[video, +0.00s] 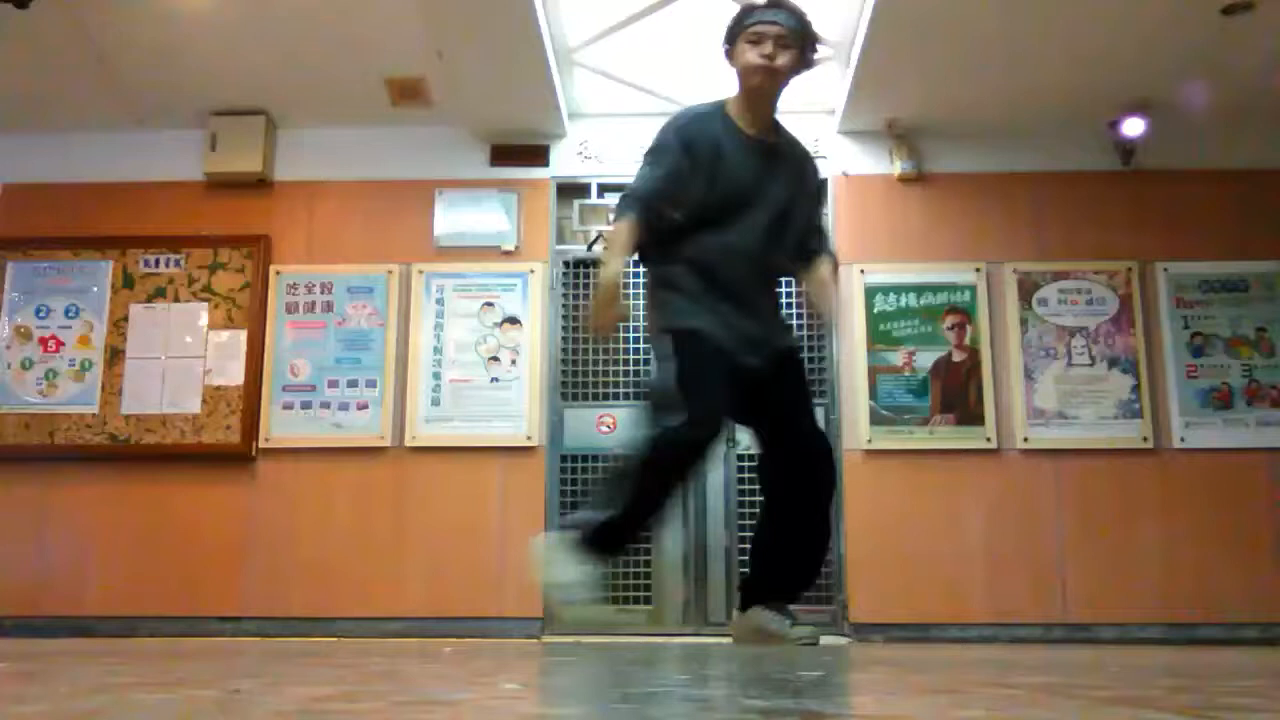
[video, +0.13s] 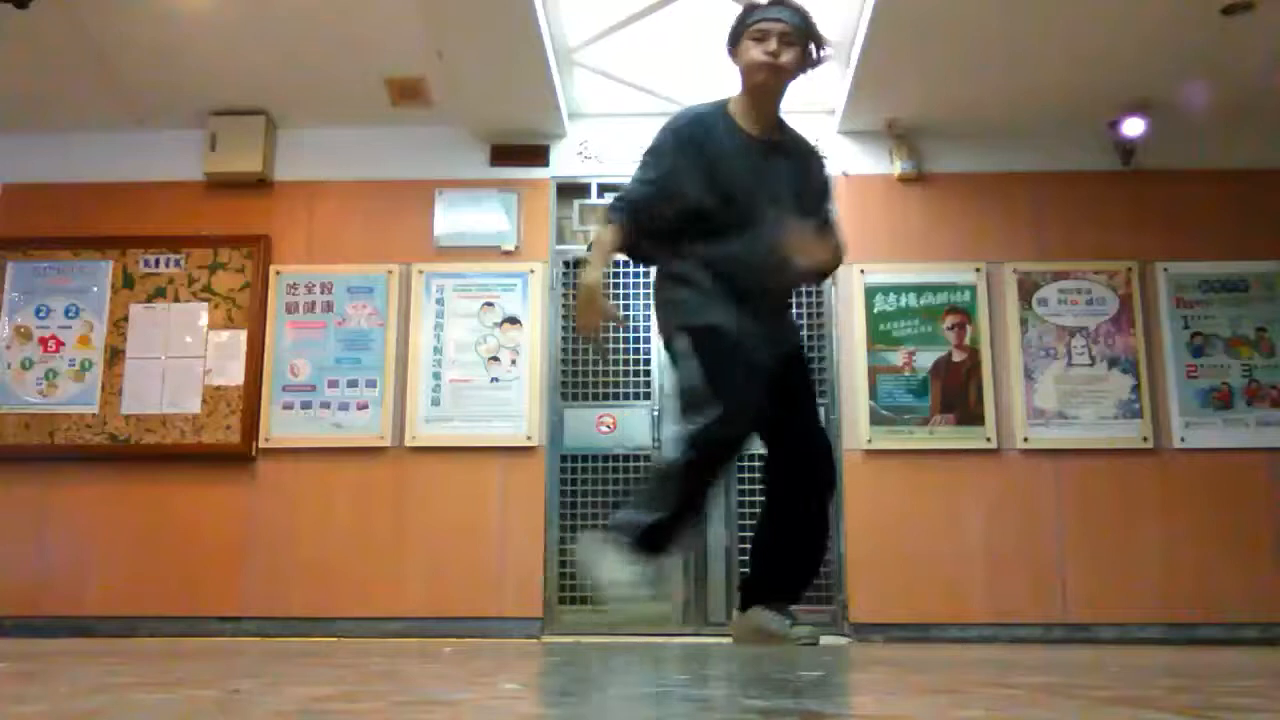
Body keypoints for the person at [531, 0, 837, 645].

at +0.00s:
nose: (767, 54)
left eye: (782, 46)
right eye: (756, 42)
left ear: (799, 63)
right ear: (732, 53)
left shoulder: (797, 166)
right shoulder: (694, 131)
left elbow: (811, 260)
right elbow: (634, 213)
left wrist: (846, 329)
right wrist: (608, 281)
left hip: (760, 326)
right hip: (690, 314)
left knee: (805, 460)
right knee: (696, 421)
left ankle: (763, 606)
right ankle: (587, 547)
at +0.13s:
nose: (773, 52)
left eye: (788, 45)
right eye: (761, 40)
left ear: (802, 64)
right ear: (736, 52)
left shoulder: (803, 159)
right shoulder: (693, 131)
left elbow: (830, 251)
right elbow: (627, 213)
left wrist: (813, 255)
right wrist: (593, 271)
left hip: (769, 316)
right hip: (696, 304)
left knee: (806, 459)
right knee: (733, 411)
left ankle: (765, 607)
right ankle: (628, 545)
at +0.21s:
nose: (774, 44)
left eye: (789, 36)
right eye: (762, 30)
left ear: (801, 53)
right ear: (734, 39)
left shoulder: (811, 143)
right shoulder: (688, 125)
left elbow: (852, 230)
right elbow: (613, 202)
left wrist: (831, 176)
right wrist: (570, 252)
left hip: (786, 316)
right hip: (711, 301)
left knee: (815, 449)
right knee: (781, 405)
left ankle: (773, 596)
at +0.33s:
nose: (761, 39)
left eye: (777, 31)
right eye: (751, 24)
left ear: (790, 44)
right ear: (725, 27)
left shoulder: (810, 123)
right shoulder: (681, 116)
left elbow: (875, 158)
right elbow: (610, 189)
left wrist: (869, 97)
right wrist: (549, 211)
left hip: (804, 298)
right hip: (731, 289)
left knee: (806, 436)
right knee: (805, 411)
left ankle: (764, 601)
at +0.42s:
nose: (756, 51)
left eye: (769, 42)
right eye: (745, 38)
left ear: (784, 51)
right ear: (719, 42)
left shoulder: (809, 128)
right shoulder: (681, 132)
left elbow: (882, 131)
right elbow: (604, 197)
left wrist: (892, 67)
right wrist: (541, 210)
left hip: (814, 311)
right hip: (741, 306)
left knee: (818, 447)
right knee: (809, 436)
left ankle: (762, 604)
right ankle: (878, 589)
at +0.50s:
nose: (754, 55)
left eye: (766, 45)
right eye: (741, 41)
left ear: (780, 54)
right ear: (716, 46)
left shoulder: (807, 130)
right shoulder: (681, 134)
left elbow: (880, 140)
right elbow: (611, 212)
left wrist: (888, 99)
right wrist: (561, 237)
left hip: (811, 315)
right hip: (735, 312)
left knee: (809, 452)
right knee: (797, 441)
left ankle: (760, 606)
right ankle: (867, 586)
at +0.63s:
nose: (757, 48)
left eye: (770, 37)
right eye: (744, 34)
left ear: (785, 46)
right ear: (719, 39)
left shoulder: (811, 131)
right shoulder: (684, 129)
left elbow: (861, 207)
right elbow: (631, 227)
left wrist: (867, 196)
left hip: (787, 312)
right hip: (709, 306)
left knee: (801, 444)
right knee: (773, 419)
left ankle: (760, 603)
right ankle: (788, 573)